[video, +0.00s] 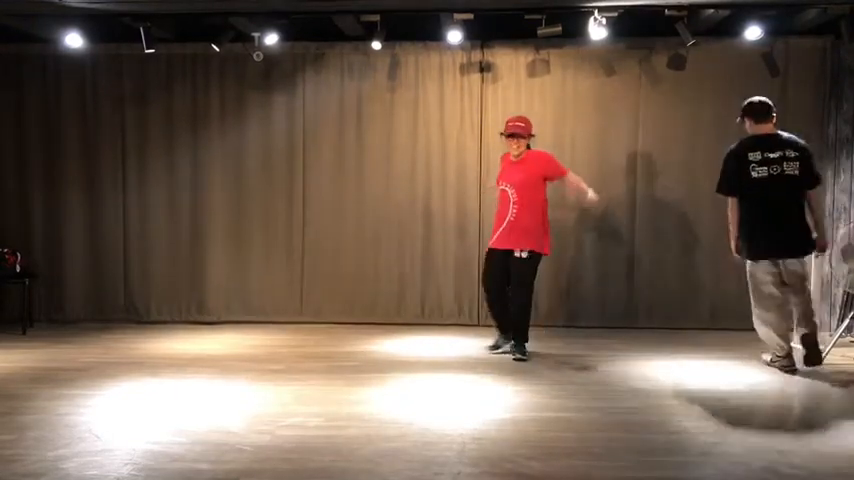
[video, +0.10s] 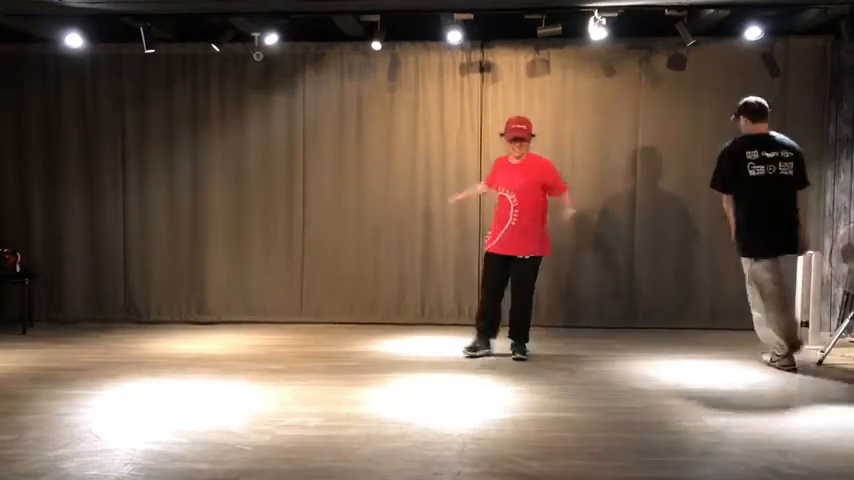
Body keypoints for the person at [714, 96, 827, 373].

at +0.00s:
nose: (743, 125)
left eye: (742, 121)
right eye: (745, 121)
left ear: (745, 121)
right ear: (775, 118)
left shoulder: (738, 153)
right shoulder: (797, 147)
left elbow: (733, 202)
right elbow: (813, 194)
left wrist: (734, 238)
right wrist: (821, 232)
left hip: (758, 238)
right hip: (794, 235)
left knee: (768, 301)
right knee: (799, 290)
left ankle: (782, 355)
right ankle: (808, 334)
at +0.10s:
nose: (739, 125)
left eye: (738, 121)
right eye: (738, 121)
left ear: (743, 120)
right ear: (767, 118)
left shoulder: (733, 151)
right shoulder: (790, 148)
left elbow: (727, 199)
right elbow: (799, 195)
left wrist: (734, 229)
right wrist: (802, 228)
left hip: (753, 233)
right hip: (786, 231)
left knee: (764, 295)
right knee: (784, 289)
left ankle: (781, 354)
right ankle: (791, 340)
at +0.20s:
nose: (730, 126)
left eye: (730, 121)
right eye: (729, 122)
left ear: (738, 120)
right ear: (759, 120)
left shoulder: (728, 151)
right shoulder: (781, 150)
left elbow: (716, 193)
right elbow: (787, 196)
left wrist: (735, 211)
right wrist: (785, 234)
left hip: (743, 233)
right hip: (773, 231)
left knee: (757, 298)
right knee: (762, 288)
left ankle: (780, 352)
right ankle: (753, 336)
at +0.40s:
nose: (710, 130)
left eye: (712, 125)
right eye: (711, 125)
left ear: (720, 125)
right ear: (735, 126)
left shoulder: (712, 155)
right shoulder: (755, 156)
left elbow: (699, 198)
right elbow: (758, 199)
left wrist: (697, 225)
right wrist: (762, 228)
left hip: (720, 230)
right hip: (748, 230)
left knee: (735, 293)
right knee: (738, 287)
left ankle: (776, 345)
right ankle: (719, 336)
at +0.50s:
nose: (697, 131)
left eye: (698, 126)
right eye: (697, 126)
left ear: (707, 125)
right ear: (720, 125)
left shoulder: (702, 153)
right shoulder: (741, 152)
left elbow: (690, 196)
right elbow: (741, 193)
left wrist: (682, 224)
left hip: (709, 228)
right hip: (737, 227)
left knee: (704, 283)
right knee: (728, 285)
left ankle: (752, 324)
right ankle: (719, 336)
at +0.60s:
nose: (683, 133)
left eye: (684, 128)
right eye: (682, 128)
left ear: (694, 125)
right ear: (704, 125)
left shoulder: (694, 152)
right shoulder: (725, 152)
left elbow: (682, 195)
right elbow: (723, 197)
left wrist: (671, 230)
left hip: (698, 233)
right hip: (725, 233)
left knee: (679, 275)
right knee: (720, 287)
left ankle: (722, 318)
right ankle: (718, 337)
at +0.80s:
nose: (653, 137)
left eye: (654, 132)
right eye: (652, 133)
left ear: (664, 129)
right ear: (672, 129)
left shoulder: (670, 155)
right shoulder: (690, 151)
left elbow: (667, 193)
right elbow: (675, 191)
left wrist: (659, 226)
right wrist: (644, 202)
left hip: (675, 231)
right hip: (697, 231)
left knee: (654, 281)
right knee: (705, 285)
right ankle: (718, 336)